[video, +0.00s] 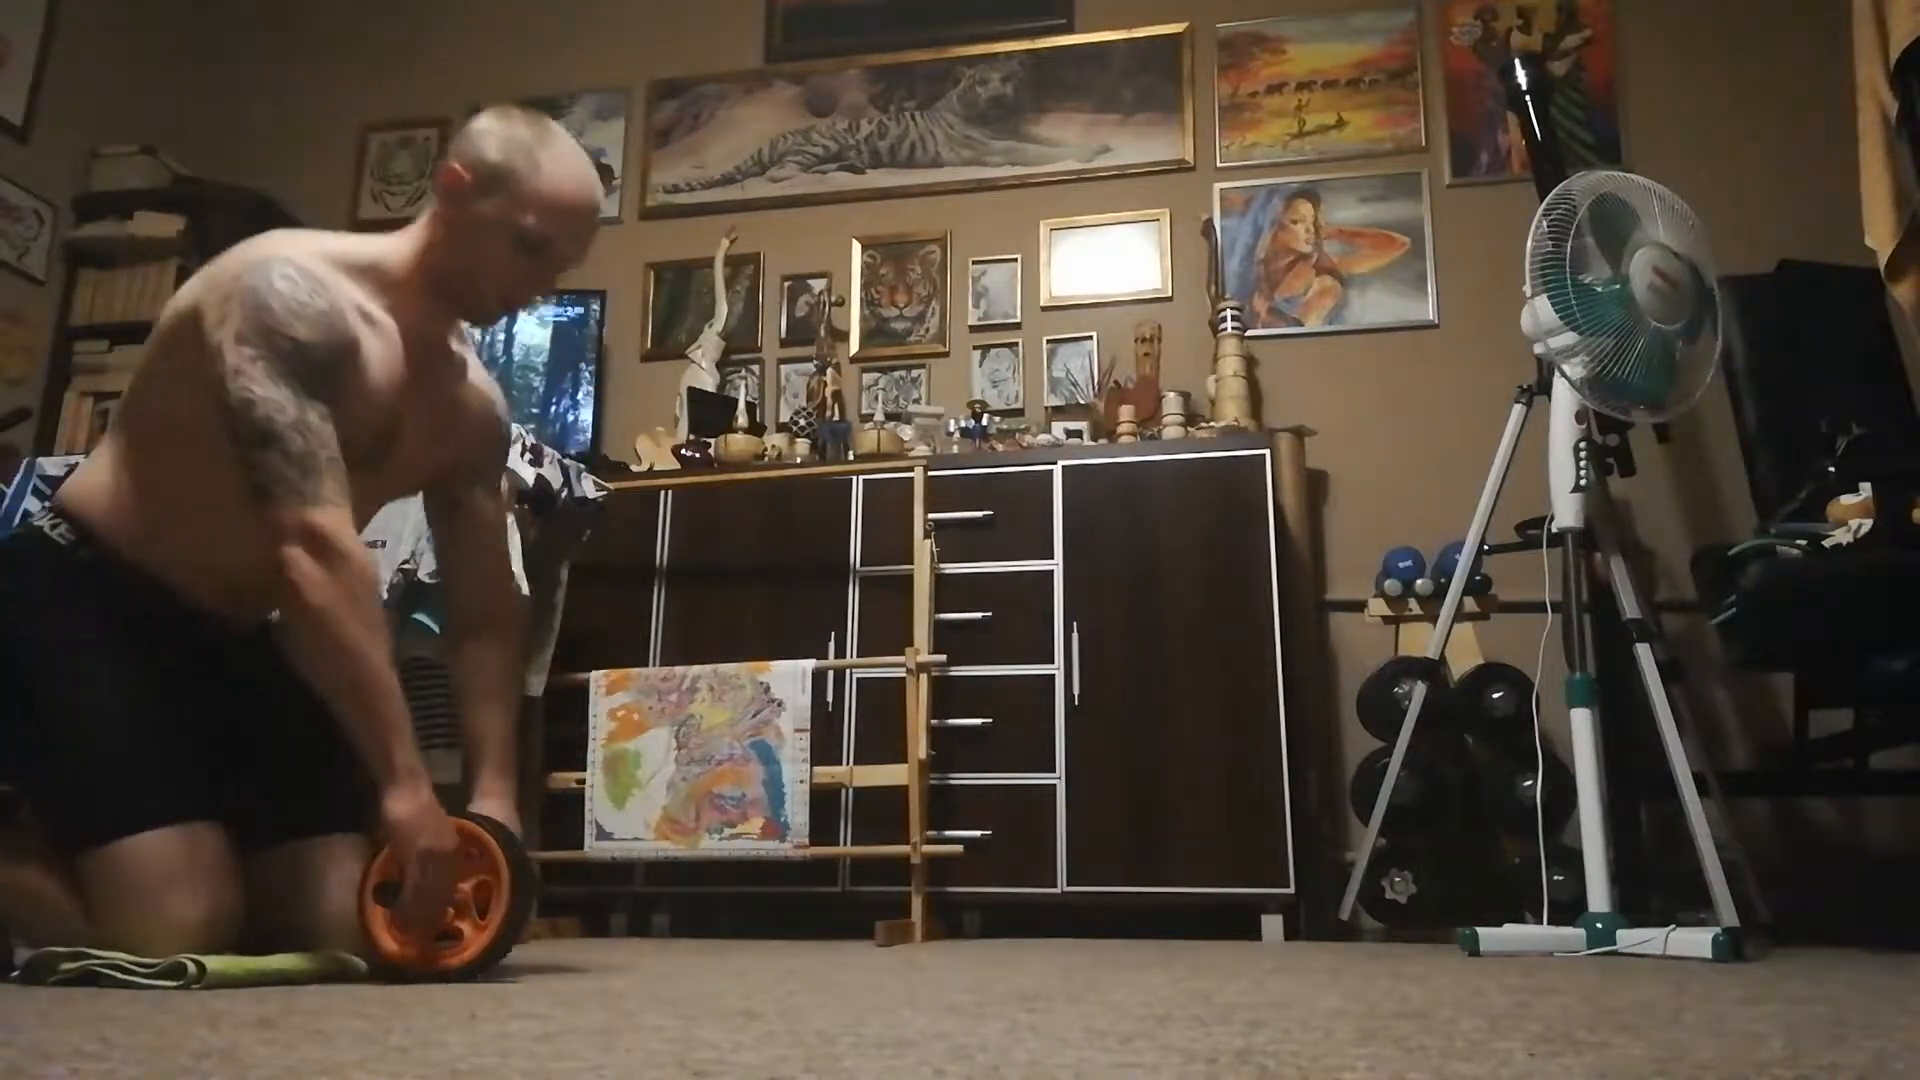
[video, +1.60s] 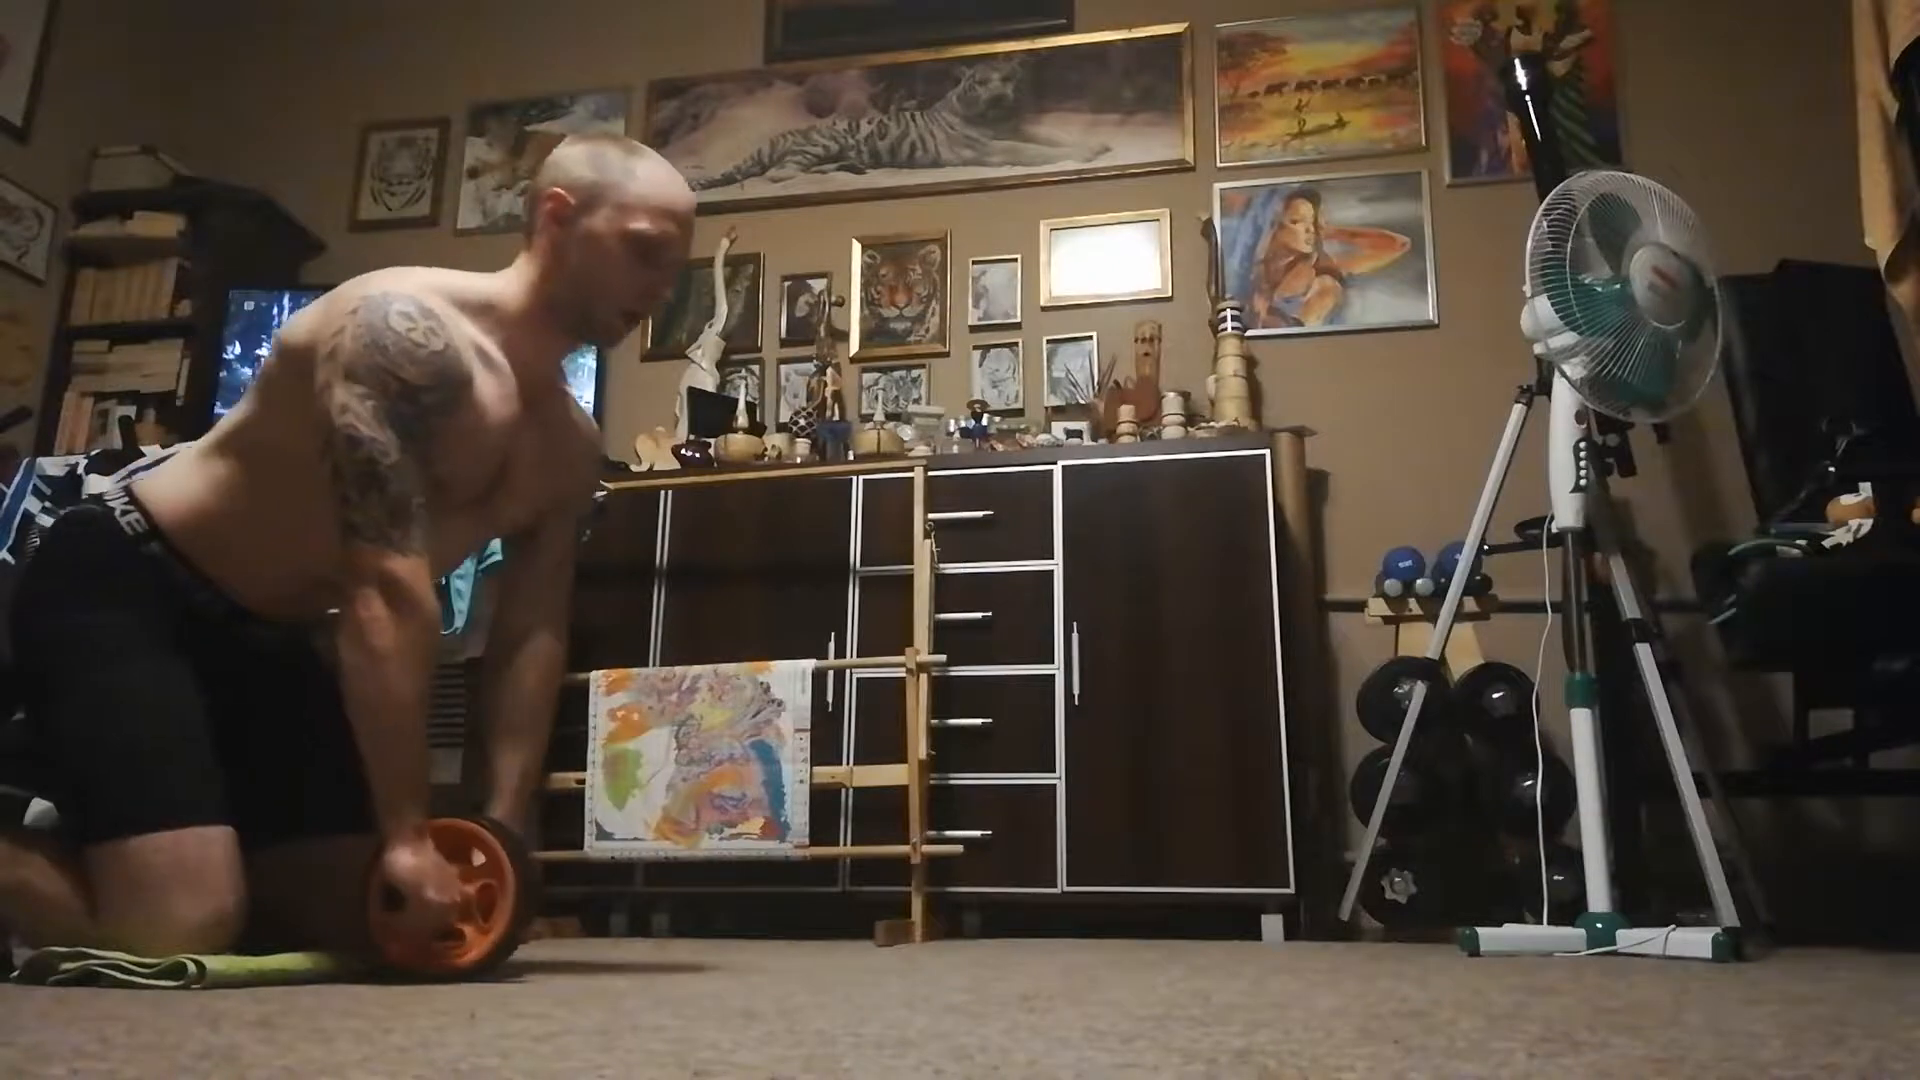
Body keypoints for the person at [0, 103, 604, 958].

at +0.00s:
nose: (543, 282)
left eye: (562, 265)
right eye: (531, 246)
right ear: (453, 191)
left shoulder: (473, 412)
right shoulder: (283, 292)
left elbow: (487, 618)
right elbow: (314, 556)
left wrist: (493, 791)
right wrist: (405, 786)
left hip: (245, 635)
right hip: (88, 593)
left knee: (335, 930)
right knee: (180, 931)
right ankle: (5, 847)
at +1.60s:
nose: (662, 288)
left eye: (676, 266)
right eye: (647, 252)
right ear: (558, 218)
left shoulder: (570, 448)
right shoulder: (404, 331)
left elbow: (528, 642)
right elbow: (380, 599)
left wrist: (505, 841)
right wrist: (407, 839)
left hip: (275, 637)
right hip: (124, 578)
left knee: (348, 921)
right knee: (181, 932)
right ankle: (13, 850)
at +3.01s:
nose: (712, 379)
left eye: (733, 359)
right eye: (709, 342)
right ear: (638, 277)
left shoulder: (593, 461)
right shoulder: (442, 334)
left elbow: (542, 653)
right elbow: (389, 603)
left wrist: (498, 860)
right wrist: (401, 847)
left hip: (297, 633)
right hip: (156, 571)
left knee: (360, 912)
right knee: (177, 927)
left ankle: (107, 859)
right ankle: (21, 861)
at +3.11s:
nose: (714, 378)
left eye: (734, 359)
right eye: (711, 341)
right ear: (639, 276)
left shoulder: (595, 461)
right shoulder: (445, 335)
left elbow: (542, 655)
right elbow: (391, 604)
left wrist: (498, 860)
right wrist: (401, 847)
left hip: (297, 632)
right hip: (156, 569)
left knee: (358, 914)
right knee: (176, 927)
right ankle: (15, 863)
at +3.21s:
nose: (717, 378)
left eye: (737, 358)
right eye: (713, 342)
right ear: (639, 278)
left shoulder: (599, 460)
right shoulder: (449, 336)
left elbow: (544, 652)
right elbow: (392, 602)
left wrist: (500, 856)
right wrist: (400, 845)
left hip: (299, 632)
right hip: (158, 569)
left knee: (362, 912)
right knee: (177, 923)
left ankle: (141, 888)